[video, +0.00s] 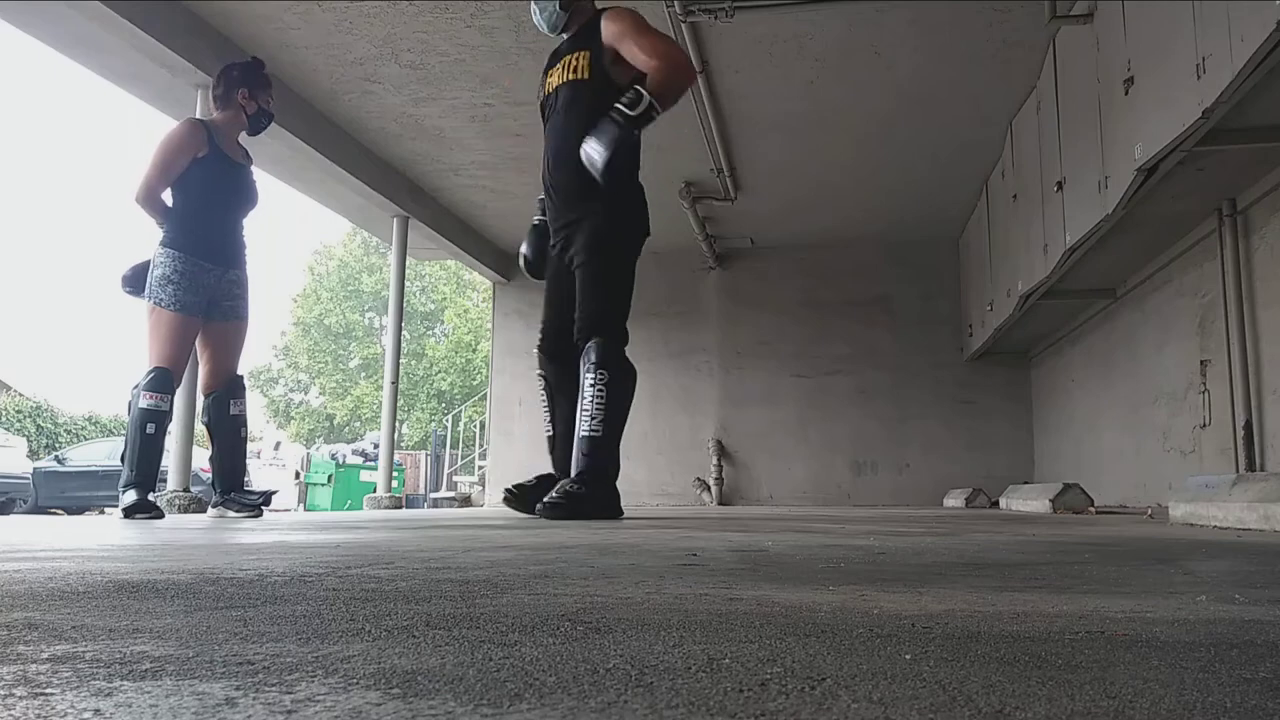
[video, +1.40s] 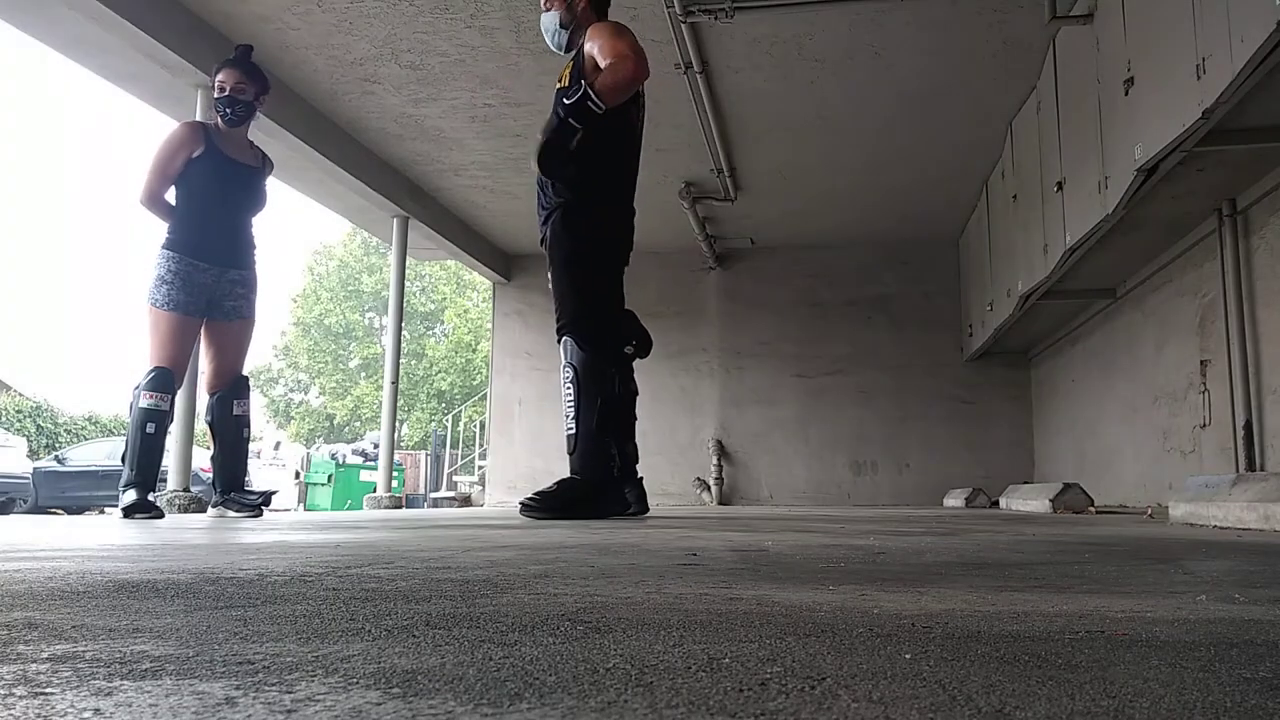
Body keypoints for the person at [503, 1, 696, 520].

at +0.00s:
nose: (539, 8)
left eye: (544, 1)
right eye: (537, 6)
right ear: (552, 15)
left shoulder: (612, 23)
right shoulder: (558, 62)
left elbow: (676, 68)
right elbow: (559, 146)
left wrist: (622, 119)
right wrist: (543, 219)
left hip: (605, 212)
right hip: (563, 221)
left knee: (600, 343)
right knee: (556, 349)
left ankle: (597, 485)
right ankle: (567, 476)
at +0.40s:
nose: (553, 13)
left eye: (557, 4)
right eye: (553, 7)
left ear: (583, 2)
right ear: (584, 8)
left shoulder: (603, 25)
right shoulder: (588, 44)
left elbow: (642, 61)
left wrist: (590, 122)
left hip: (599, 215)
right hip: (584, 218)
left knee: (588, 344)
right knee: (592, 346)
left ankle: (591, 484)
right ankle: (619, 483)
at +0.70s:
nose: (551, 22)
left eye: (557, 10)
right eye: (549, 13)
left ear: (589, 7)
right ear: (585, 11)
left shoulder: (606, 37)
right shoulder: (594, 61)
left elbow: (642, 72)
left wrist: (599, 122)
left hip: (599, 223)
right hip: (606, 225)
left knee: (571, 335)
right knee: (620, 347)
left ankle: (587, 479)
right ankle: (623, 482)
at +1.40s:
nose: (544, 12)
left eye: (549, 3)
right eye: (544, 5)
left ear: (576, 4)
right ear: (581, 7)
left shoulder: (600, 33)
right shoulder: (585, 56)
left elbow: (631, 67)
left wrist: (580, 112)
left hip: (587, 220)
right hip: (582, 222)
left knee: (584, 343)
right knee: (601, 346)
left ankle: (593, 478)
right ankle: (618, 480)